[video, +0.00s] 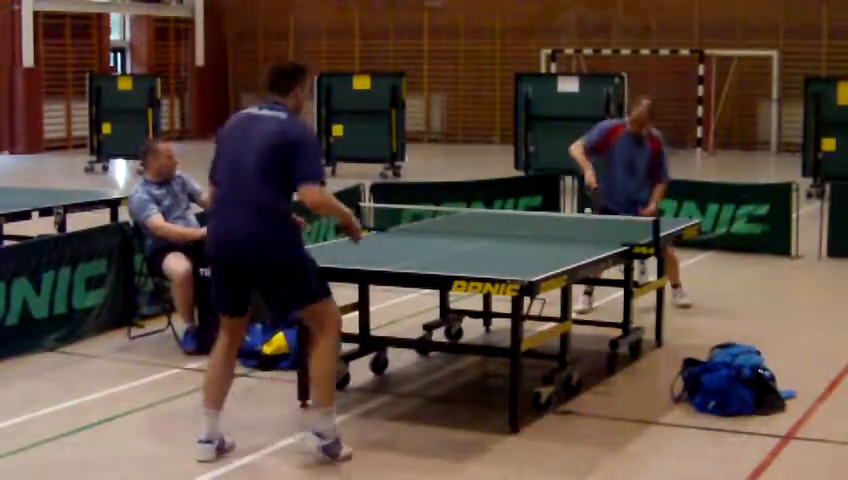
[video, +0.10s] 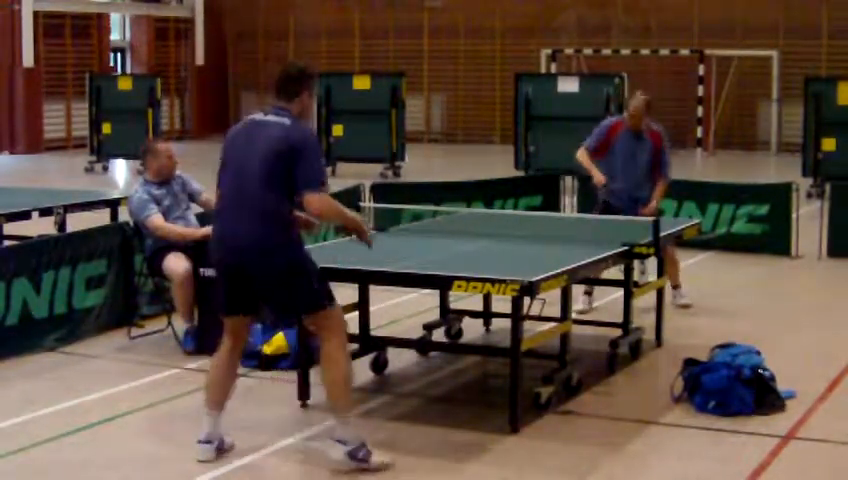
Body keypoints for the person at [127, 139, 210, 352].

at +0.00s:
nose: (174, 162)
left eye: (173, 157)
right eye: (168, 158)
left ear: (174, 160)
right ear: (150, 163)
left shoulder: (179, 181)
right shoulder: (140, 196)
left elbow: (206, 202)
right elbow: (159, 228)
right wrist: (201, 233)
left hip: (194, 236)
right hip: (164, 243)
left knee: (227, 256)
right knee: (182, 269)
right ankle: (189, 326)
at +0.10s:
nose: (174, 161)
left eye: (173, 156)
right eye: (167, 157)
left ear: (173, 159)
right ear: (150, 163)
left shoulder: (179, 181)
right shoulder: (140, 196)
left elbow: (207, 201)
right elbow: (160, 228)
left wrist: (231, 211)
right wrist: (202, 232)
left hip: (194, 236)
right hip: (164, 244)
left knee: (229, 255)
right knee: (182, 269)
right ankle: (190, 326)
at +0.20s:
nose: (174, 162)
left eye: (174, 157)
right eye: (168, 158)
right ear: (151, 163)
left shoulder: (179, 181)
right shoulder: (140, 195)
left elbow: (207, 202)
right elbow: (160, 228)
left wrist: (231, 209)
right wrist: (199, 232)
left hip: (194, 236)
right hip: (164, 244)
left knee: (232, 254)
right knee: (182, 269)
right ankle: (189, 326)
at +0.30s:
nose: (172, 163)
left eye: (172, 158)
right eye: (166, 159)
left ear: (174, 160)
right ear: (148, 163)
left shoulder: (179, 181)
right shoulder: (141, 196)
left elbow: (205, 201)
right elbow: (160, 228)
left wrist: (226, 211)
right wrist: (198, 233)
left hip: (194, 236)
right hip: (164, 244)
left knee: (228, 255)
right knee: (182, 269)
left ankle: (227, 318)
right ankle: (190, 326)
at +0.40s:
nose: (171, 163)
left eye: (172, 158)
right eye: (165, 159)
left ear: (174, 160)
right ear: (147, 163)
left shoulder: (179, 181)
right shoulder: (141, 196)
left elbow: (207, 202)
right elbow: (160, 228)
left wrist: (232, 214)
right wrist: (199, 233)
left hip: (194, 236)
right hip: (164, 245)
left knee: (230, 254)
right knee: (183, 270)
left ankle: (235, 321)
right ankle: (190, 326)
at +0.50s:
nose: (171, 163)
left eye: (172, 158)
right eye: (165, 158)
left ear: (174, 159)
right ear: (147, 162)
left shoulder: (178, 181)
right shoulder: (140, 196)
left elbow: (207, 202)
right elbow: (160, 228)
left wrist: (233, 213)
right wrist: (199, 233)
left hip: (194, 237)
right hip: (163, 245)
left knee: (231, 254)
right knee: (183, 270)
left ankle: (236, 320)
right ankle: (190, 327)